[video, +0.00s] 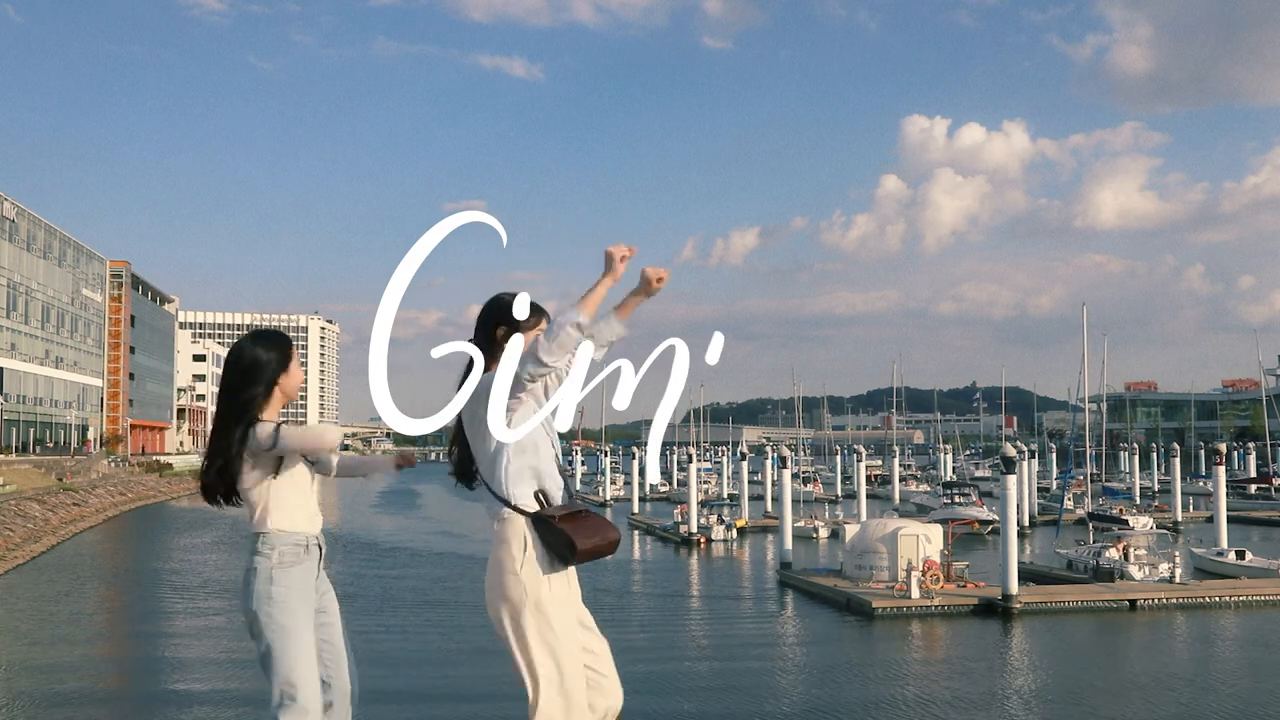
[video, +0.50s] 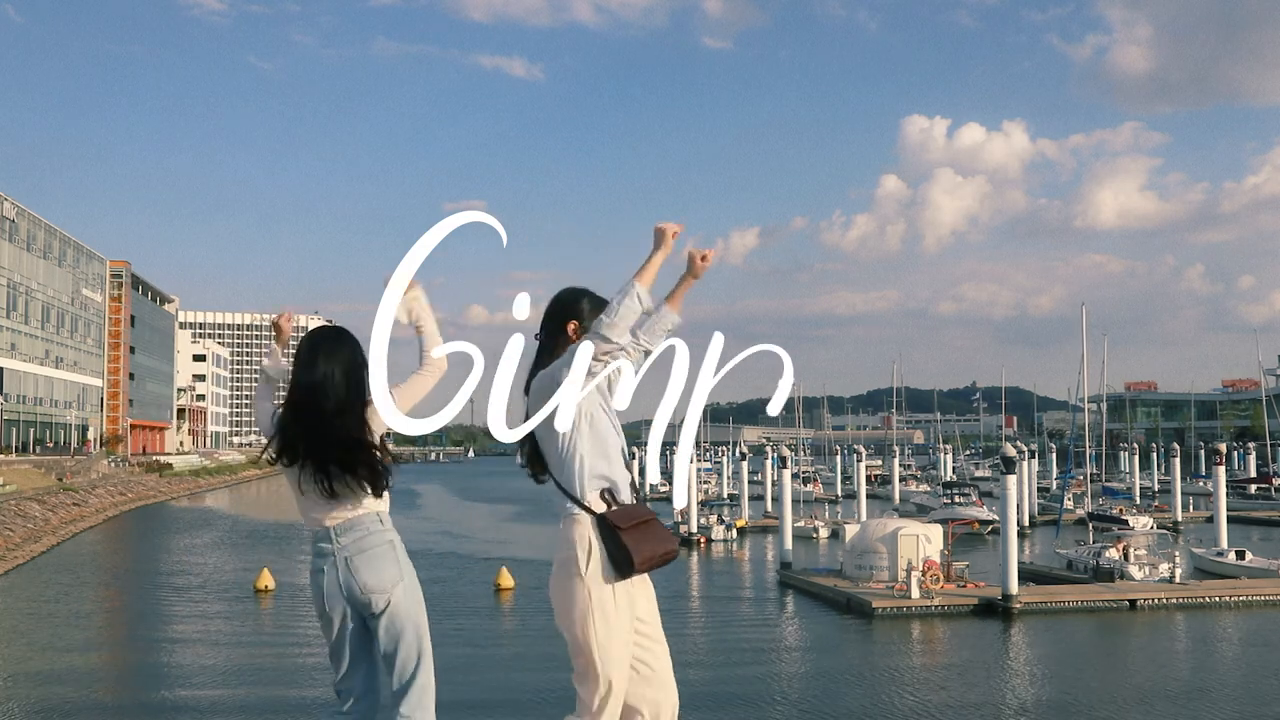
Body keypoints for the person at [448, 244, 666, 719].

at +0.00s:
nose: (546, 342)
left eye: (546, 332)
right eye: (538, 332)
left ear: (511, 340)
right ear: (511, 338)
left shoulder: (525, 389)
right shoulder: (491, 394)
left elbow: (587, 344)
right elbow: (555, 346)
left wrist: (640, 294)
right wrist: (609, 278)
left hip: (549, 553)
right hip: (522, 557)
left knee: (604, 692)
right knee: (559, 699)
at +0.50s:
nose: (607, 333)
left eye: (605, 324)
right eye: (600, 323)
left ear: (577, 329)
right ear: (574, 329)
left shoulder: (592, 384)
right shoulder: (553, 383)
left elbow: (641, 341)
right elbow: (609, 332)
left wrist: (687, 280)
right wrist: (658, 252)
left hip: (622, 539)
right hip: (586, 541)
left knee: (657, 698)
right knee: (603, 699)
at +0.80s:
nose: (649, 344)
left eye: (647, 335)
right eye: (642, 334)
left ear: (613, 337)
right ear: (615, 337)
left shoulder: (619, 396)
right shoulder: (606, 395)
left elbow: (667, 346)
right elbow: (668, 349)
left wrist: (641, 274)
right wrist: (641, 272)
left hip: (641, 546)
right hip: (624, 548)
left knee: (674, 693)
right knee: (636, 694)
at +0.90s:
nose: (663, 355)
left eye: (663, 345)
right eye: (655, 345)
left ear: (620, 351)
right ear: (622, 349)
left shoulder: (619, 404)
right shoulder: (613, 400)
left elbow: (682, 357)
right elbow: (684, 359)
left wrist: (702, 278)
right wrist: (705, 276)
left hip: (642, 563)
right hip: (638, 567)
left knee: (666, 706)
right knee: (687, 707)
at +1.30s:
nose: (721, 331)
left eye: (719, 320)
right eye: (713, 320)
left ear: (682, 327)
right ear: (684, 326)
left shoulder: (690, 376)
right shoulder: (680, 373)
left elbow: (744, 341)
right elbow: (744, 343)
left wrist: (711, 267)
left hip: (691, 546)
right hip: (700, 547)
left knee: (688, 687)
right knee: (760, 693)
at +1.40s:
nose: (736, 344)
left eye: (735, 335)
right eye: (729, 335)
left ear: (688, 342)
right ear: (699, 340)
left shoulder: (682, 397)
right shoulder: (701, 392)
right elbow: (761, 354)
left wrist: (748, 291)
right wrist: (765, 260)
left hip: (700, 561)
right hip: (723, 562)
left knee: (712, 704)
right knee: (783, 699)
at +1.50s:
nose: (747, 343)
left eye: (746, 333)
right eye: (739, 332)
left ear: (701, 340)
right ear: (709, 338)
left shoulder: (689, 397)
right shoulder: (710, 391)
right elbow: (766, 345)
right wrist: (804, 269)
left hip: (716, 557)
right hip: (735, 558)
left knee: (726, 700)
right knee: (795, 697)